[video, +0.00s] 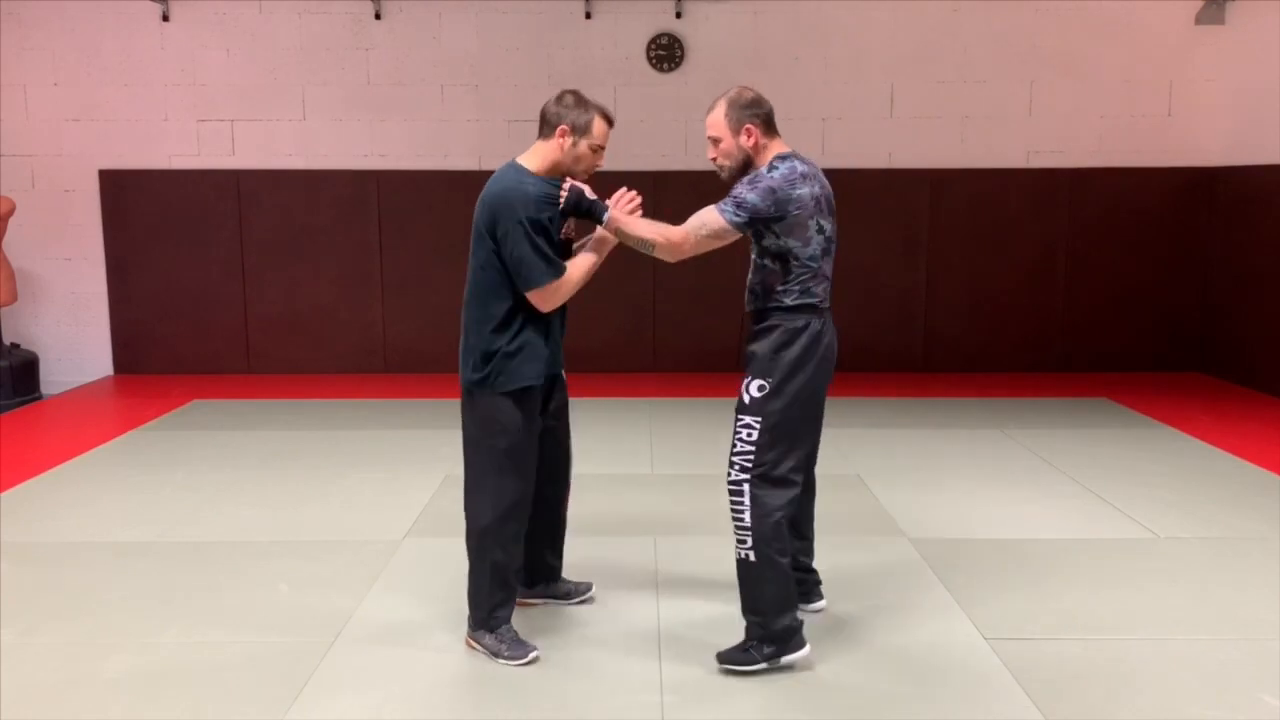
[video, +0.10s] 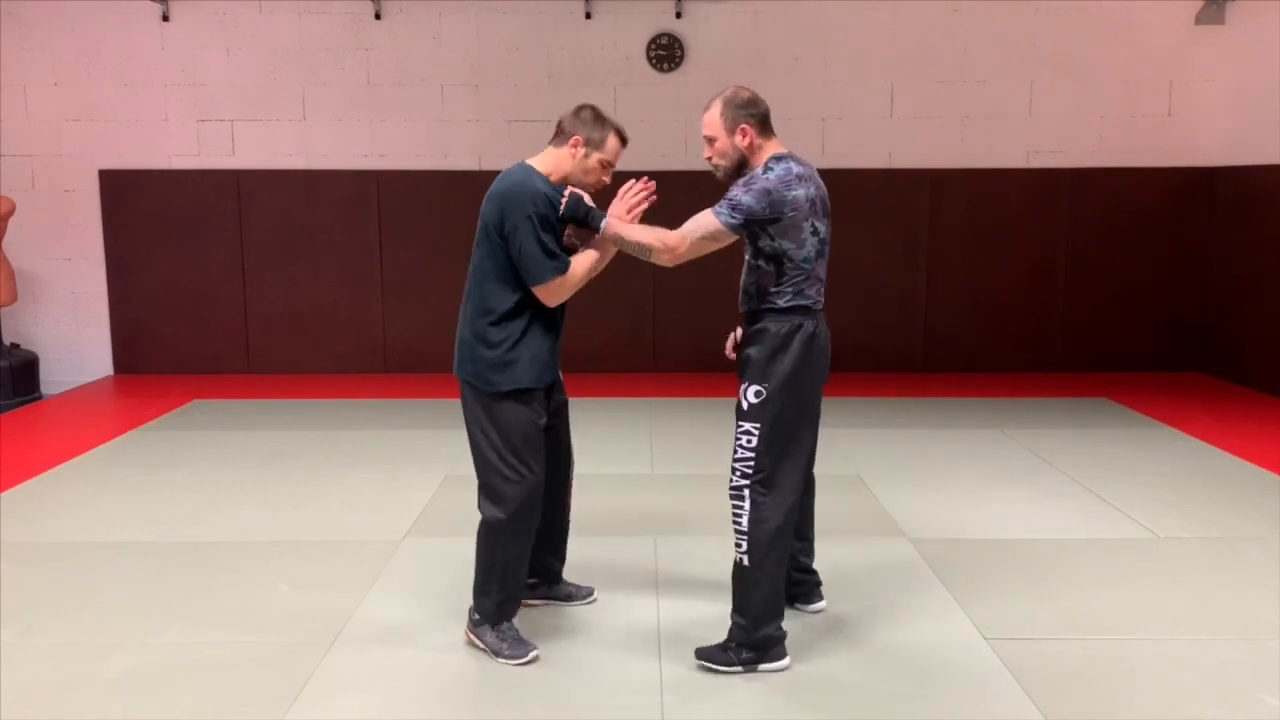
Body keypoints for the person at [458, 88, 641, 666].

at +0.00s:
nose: (598, 162)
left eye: (601, 152)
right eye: (596, 150)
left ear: (565, 139)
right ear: (563, 137)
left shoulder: (546, 188)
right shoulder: (515, 197)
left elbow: (567, 259)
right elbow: (546, 295)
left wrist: (604, 225)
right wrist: (600, 242)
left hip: (539, 363)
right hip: (501, 368)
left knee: (547, 478)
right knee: (500, 494)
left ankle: (536, 578)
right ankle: (488, 621)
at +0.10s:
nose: (606, 178)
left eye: (609, 170)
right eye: (604, 166)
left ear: (576, 148)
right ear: (576, 147)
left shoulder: (551, 193)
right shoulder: (522, 194)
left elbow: (583, 264)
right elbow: (553, 289)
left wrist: (616, 225)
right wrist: (606, 239)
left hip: (534, 364)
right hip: (499, 369)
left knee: (552, 475)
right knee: (513, 489)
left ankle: (539, 577)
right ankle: (489, 618)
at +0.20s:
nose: (608, 185)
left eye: (612, 177)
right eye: (608, 173)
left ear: (582, 153)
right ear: (583, 151)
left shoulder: (550, 192)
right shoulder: (525, 189)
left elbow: (589, 250)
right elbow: (558, 284)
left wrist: (616, 221)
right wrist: (606, 237)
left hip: (534, 364)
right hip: (499, 366)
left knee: (547, 477)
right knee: (505, 489)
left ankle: (539, 578)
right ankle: (479, 613)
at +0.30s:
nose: (606, 182)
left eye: (611, 173)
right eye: (605, 170)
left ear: (577, 150)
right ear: (579, 148)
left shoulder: (546, 191)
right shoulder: (521, 189)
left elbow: (585, 242)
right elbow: (556, 285)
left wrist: (615, 222)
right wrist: (601, 240)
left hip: (536, 367)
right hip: (497, 368)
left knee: (546, 478)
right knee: (491, 494)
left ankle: (537, 579)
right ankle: (459, 614)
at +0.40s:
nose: (596, 183)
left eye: (600, 175)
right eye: (595, 172)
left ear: (566, 153)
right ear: (568, 152)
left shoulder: (538, 195)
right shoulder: (512, 194)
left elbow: (576, 257)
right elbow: (551, 290)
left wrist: (604, 223)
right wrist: (596, 241)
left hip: (538, 372)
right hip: (492, 374)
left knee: (548, 482)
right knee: (480, 498)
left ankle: (537, 581)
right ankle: (453, 617)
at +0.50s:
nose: (591, 178)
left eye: (594, 169)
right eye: (589, 166)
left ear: (559, 150)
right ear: (560, 149)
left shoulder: (532, 194)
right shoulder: (503, 195)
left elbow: (566, 257)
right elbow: (541, 291)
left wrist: (596, 224)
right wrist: (592, 236)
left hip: (535, 369)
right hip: (490, 373)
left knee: (547, 478)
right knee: (479, 495)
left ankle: (538, 579)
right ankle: (453, 615)